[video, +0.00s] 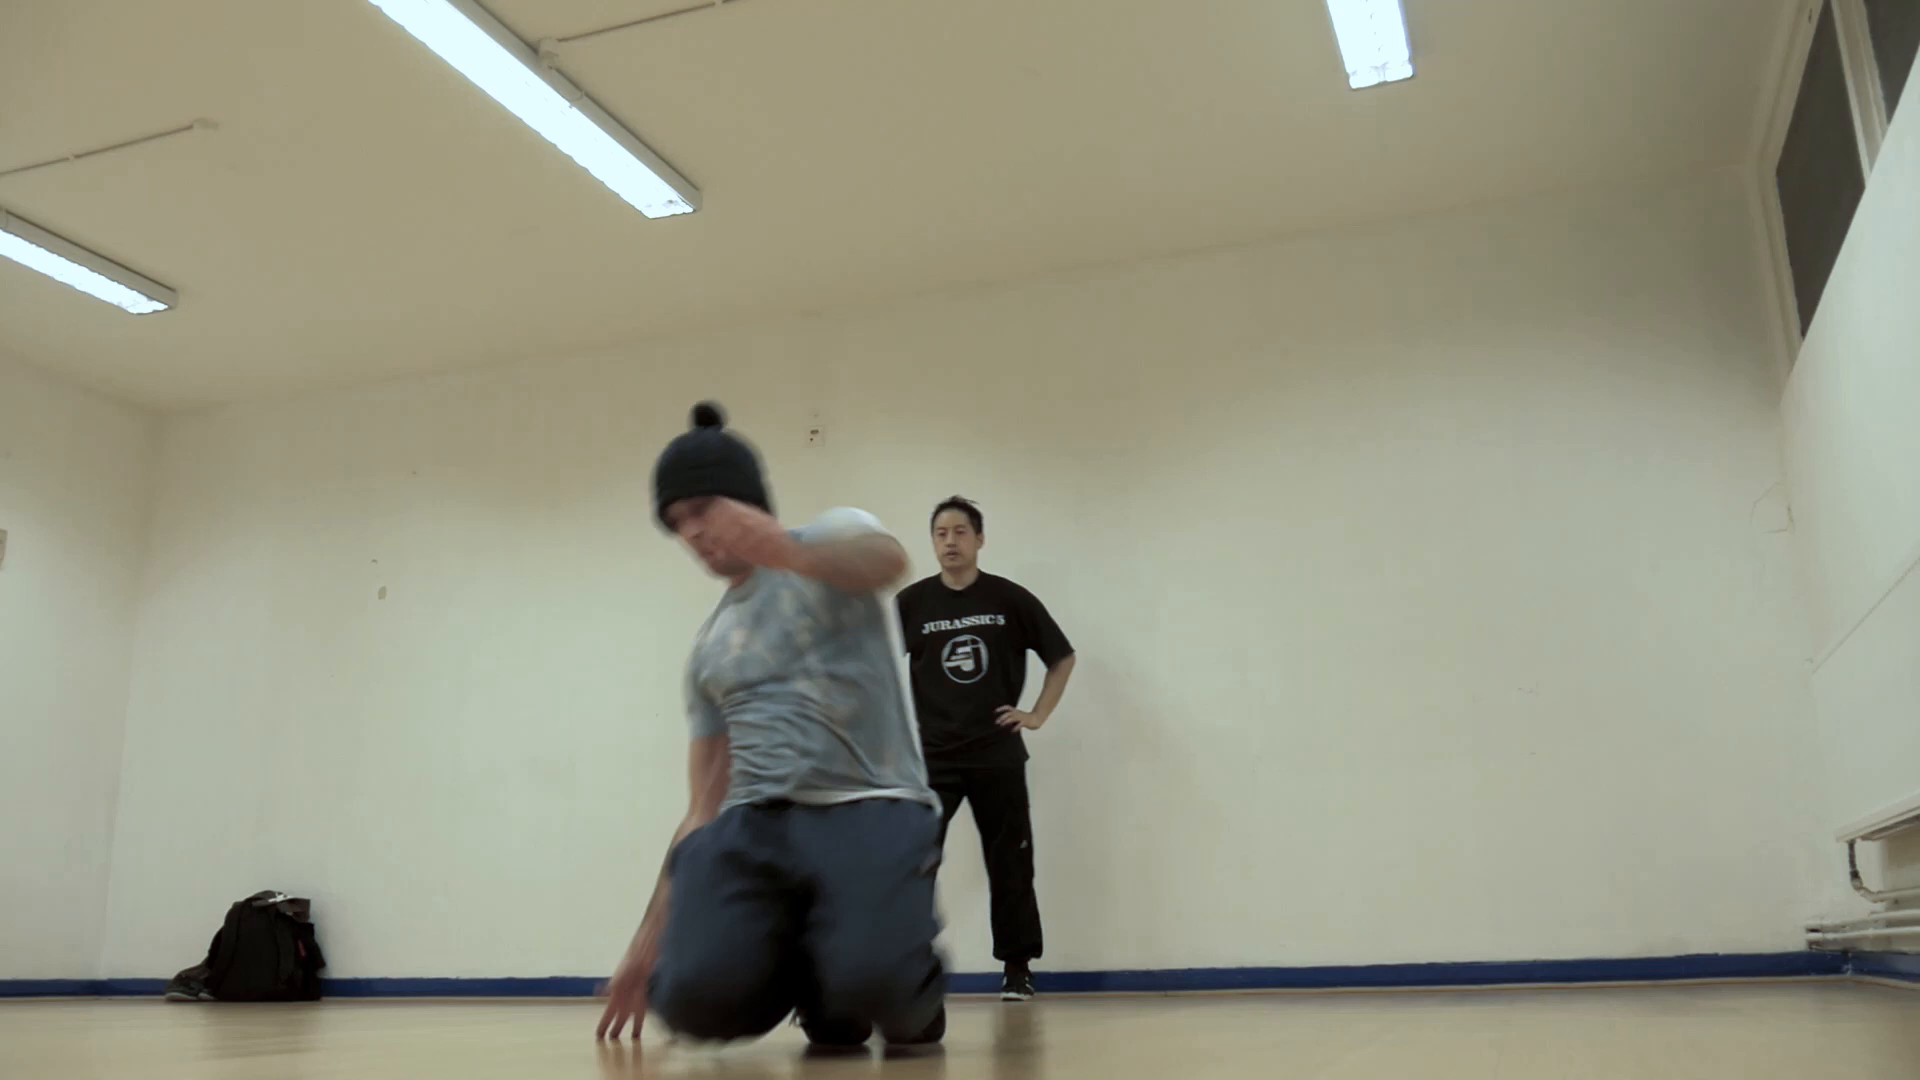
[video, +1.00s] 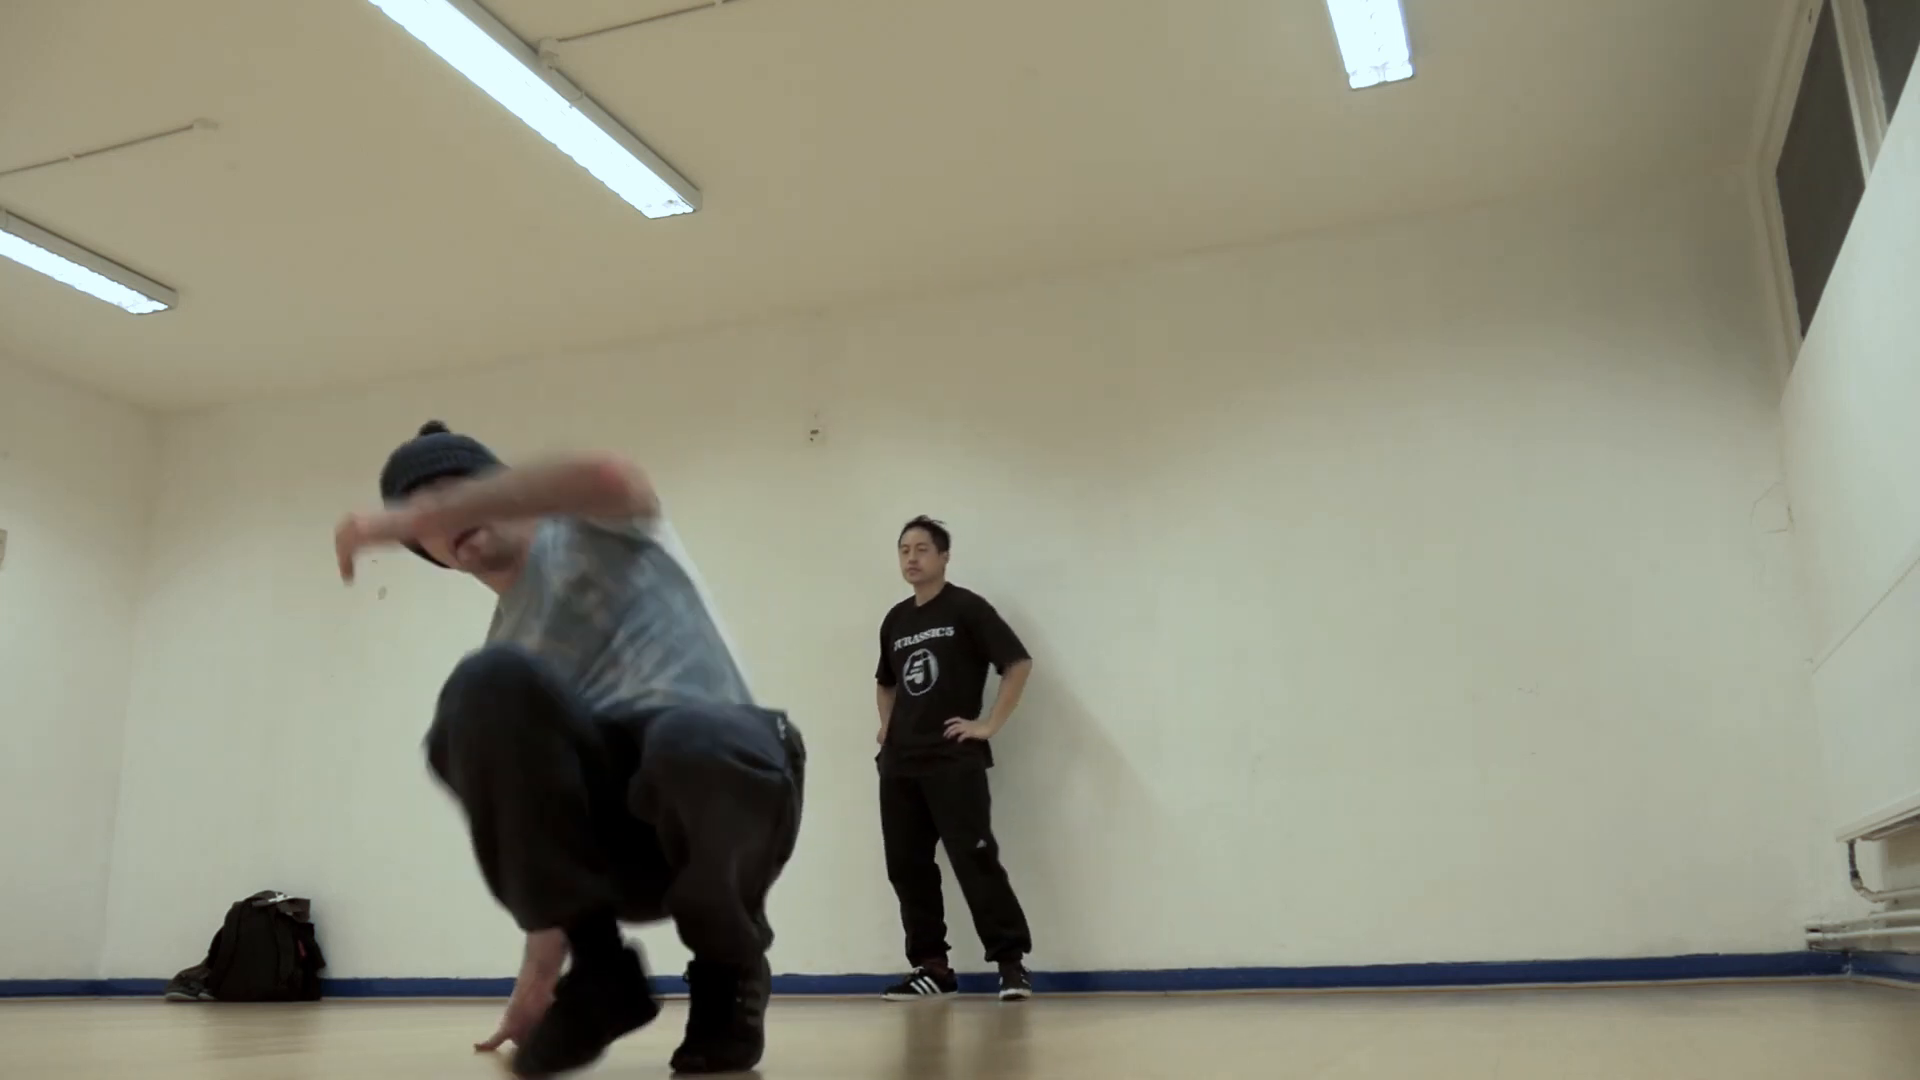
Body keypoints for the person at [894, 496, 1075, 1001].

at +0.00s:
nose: (951, 540)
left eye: (960, 531)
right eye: (942, 533)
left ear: (979, 539)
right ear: (931, 542)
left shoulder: (1010, 599)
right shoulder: (911, 602)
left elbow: (1061, 656)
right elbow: (872, 662)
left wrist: (1038, 714)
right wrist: (888, 724)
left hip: (996, 751)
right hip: (931, 753)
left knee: (1010, 863)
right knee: (910, 860)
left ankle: (1017, 969)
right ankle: (905, 977)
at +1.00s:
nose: (911, 557)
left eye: (921, 549)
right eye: (905, 550)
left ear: (943, 557)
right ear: (899, 560)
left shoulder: (968, 609)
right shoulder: (896, 621)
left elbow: (1018, 664)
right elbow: (887, 681)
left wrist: (990, 724)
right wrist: (886, 723)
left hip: (955, 758)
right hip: (900, 762)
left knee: (974, 859)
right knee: (908, 868)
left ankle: (1011, 966)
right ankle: (932, 969)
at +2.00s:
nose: (817, 547)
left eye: (828, 539)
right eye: (810, 539)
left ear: (850, 546)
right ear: (804, 547)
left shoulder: (871, 598)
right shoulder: (803, 610)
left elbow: (921, 653)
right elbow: (803, 682)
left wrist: (890, 715)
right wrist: (807, 731)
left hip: (860, 746)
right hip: (814, 750)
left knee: (849, 856)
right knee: (802, 863)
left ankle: (849, 970)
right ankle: (887, 934)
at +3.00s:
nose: (669, 538)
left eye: (679, 528)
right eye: (660, 530)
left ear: (700, 535)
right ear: (652, 541)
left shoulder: (737, 583)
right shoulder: (651, 609)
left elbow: (799, 632)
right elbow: (653, 677)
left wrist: (786, 702)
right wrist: (664, 736)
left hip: (746, 741)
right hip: (690, 747)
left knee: (742, 847)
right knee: (702, 845)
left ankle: (731, 956)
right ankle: (708, 954)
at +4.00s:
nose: (794, 550)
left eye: (805, 541)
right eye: (786, 541)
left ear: (825, 550)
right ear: (776, 551)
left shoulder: (857, 604)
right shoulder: (763, 609)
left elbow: (887, 685)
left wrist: (866, 754)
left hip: (836, 757)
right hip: (774, 757)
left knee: (843, 853)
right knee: (750, 853)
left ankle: (844, 966)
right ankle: (726, 959)